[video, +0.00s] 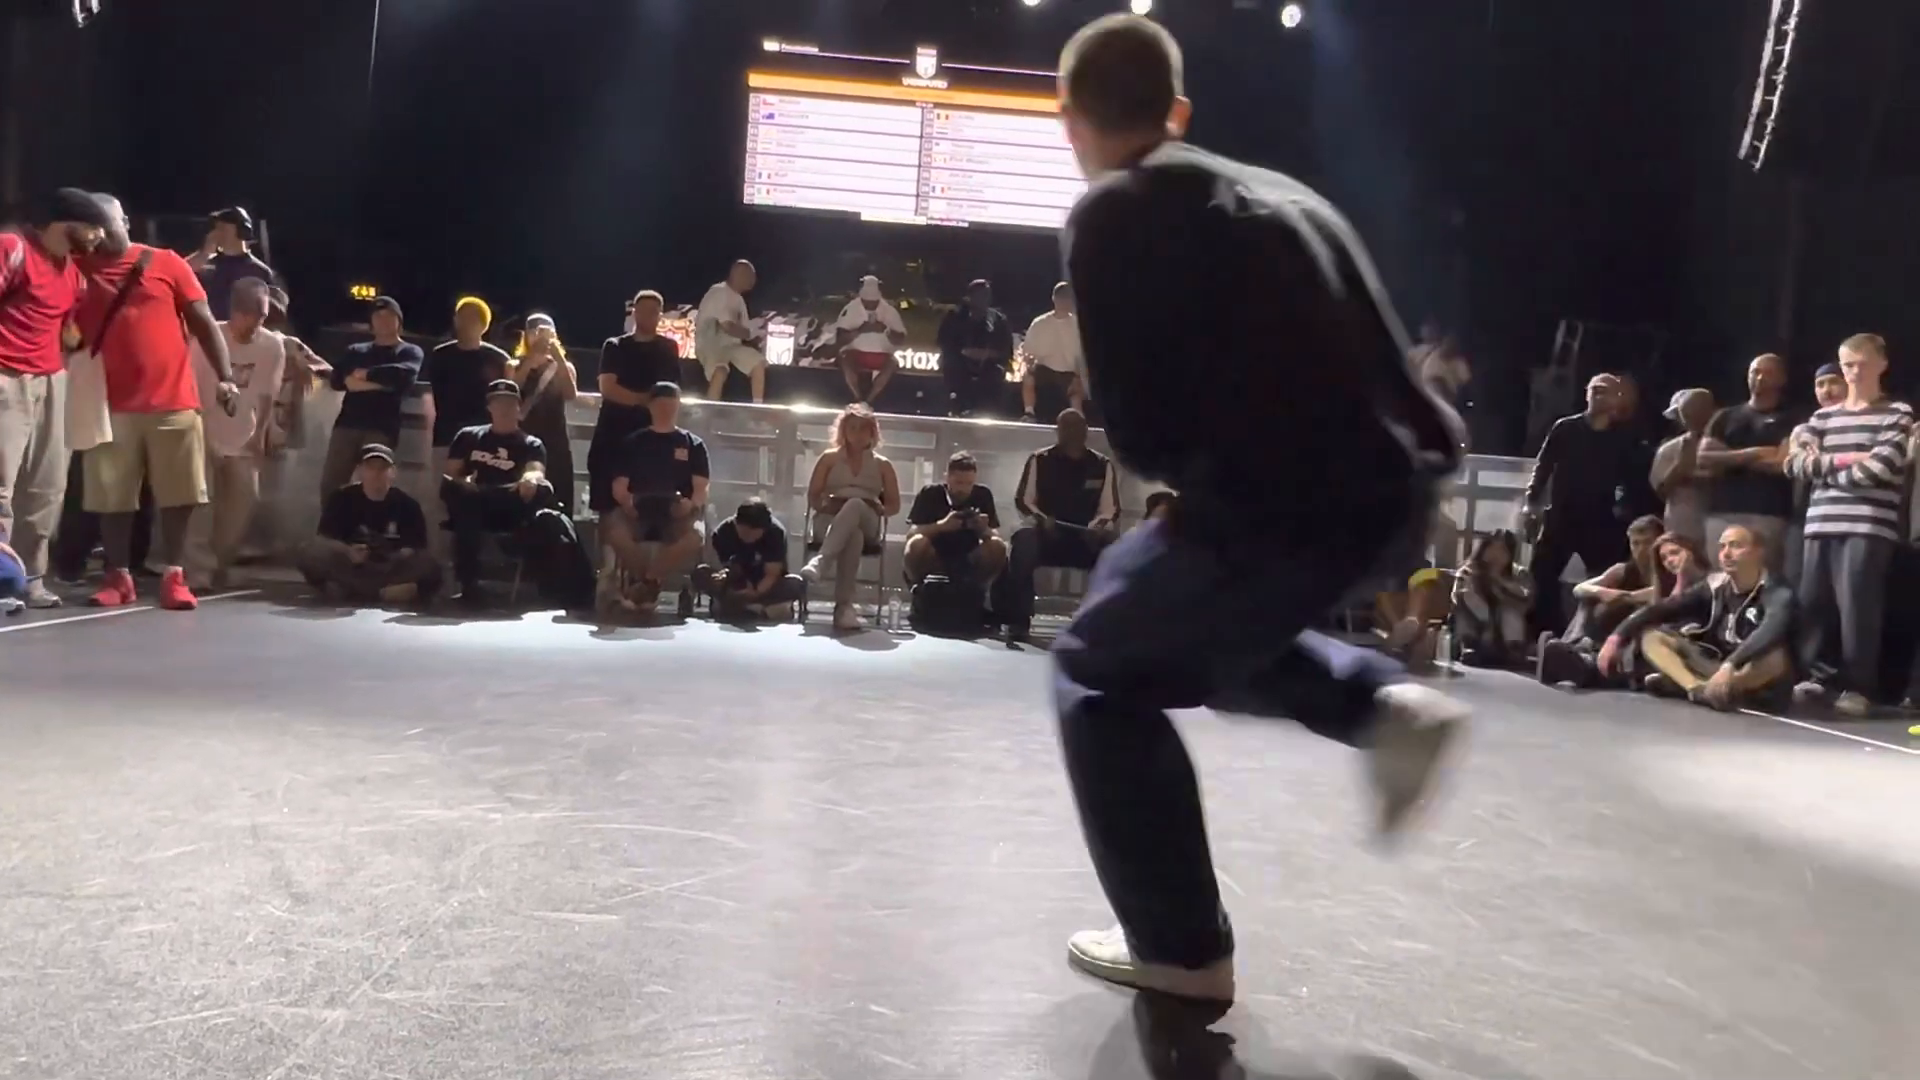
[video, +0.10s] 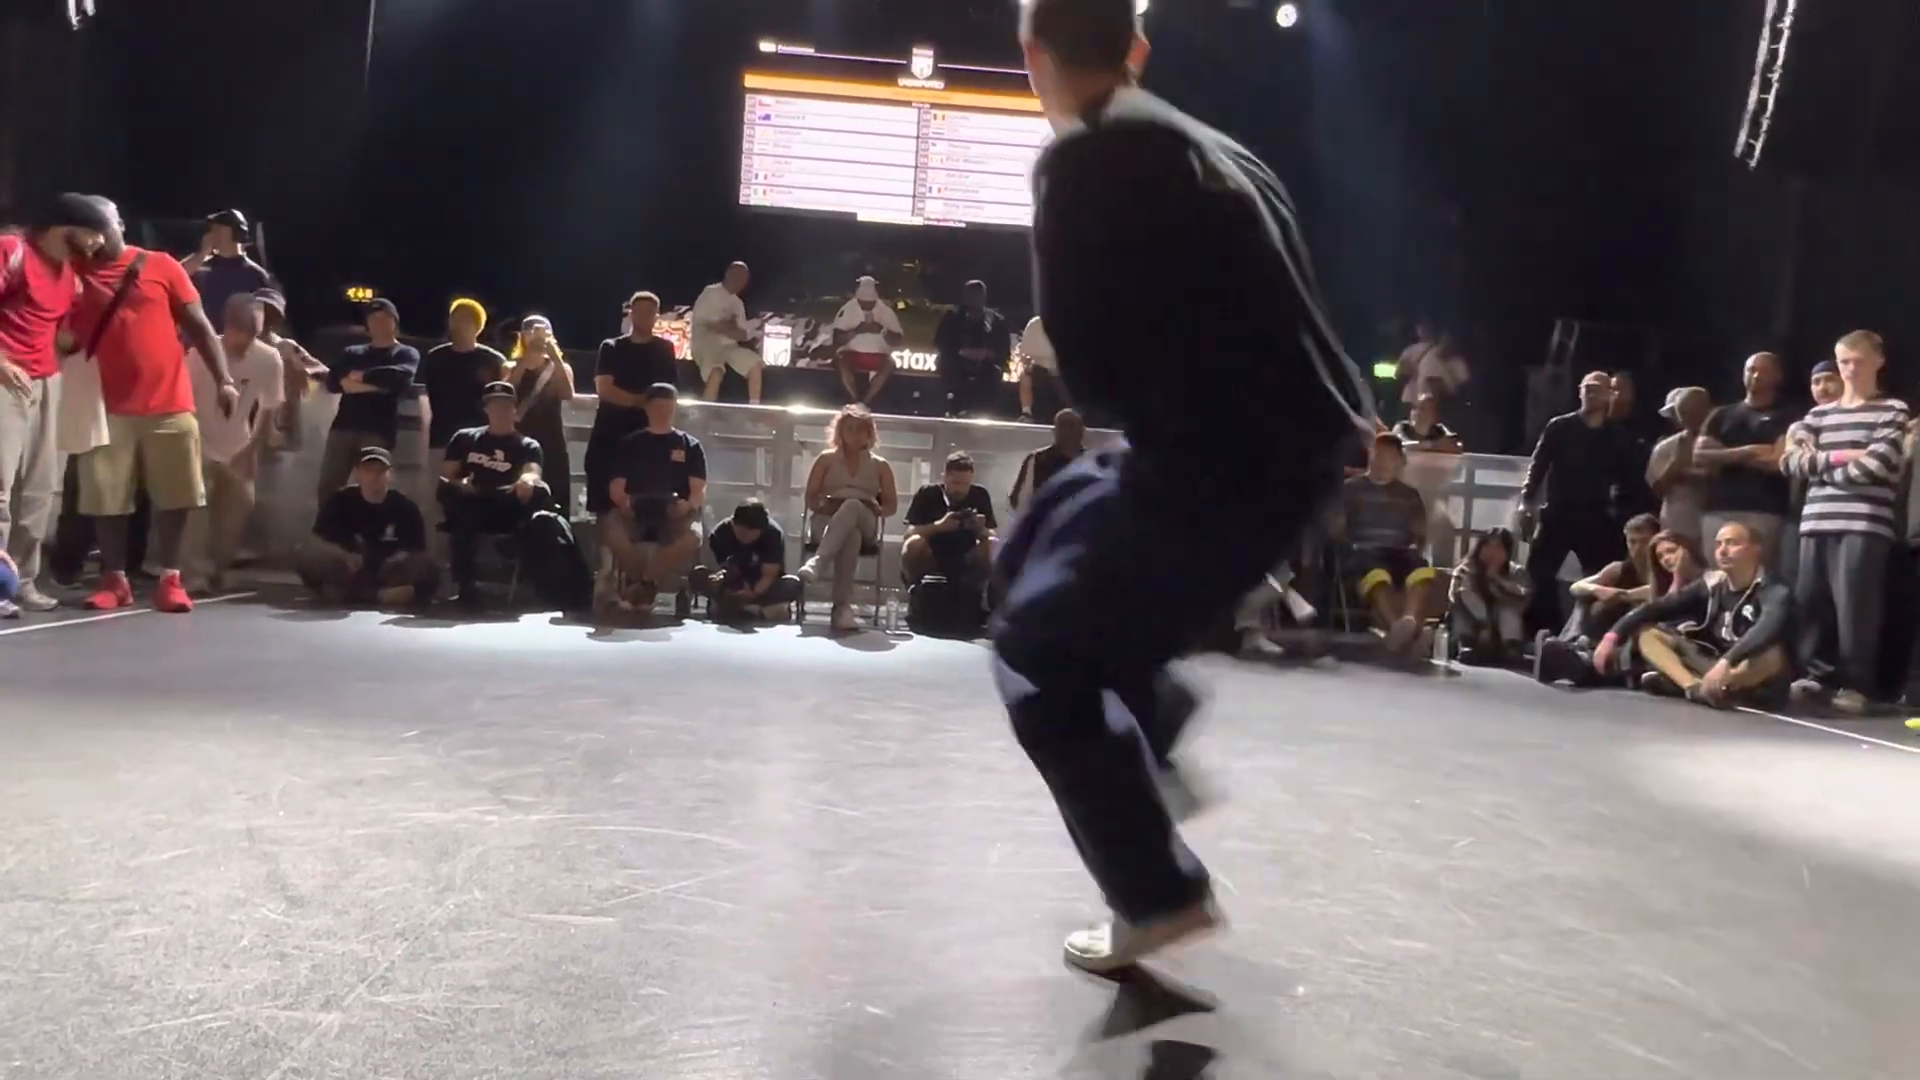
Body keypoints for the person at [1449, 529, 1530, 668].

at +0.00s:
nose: (1495, 555)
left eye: (1502, 550)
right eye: (1491, 548)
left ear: (1510, 556)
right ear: (1482, 551)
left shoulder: (1520, 575)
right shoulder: (1467, 575)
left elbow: (1525, 603)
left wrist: (1497, 579)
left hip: (1511, 647)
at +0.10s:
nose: (1491, 553)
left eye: (1497, 548)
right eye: (1487, 546)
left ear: (1507, 554)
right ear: (1480, 549)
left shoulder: (1517, 573)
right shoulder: (1464, 572)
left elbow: (1522, 599)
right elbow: (1461, 597)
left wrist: (1494, 577)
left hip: (1507, 645)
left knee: (1509, 608)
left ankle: (1512, 648)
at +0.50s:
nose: (1488, 552)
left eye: (1495, 547)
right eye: (1484, 545)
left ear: (1504, 552)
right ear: (1477, 548)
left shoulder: (1514, 571)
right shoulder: (1463, 569)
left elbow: (1519, 597)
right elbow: (1457, 594)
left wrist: (1493, 576)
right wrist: (1478, 624)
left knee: (1505, 606)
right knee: (1458, 605)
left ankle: (1511, 645)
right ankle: (1462, 644)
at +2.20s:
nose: (1502, 550)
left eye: (1509, 545)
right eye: (1497, 544)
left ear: (1519, 550)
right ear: (1490, 546)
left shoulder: (1528, 568)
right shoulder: (1477, 568)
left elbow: (1535, 594)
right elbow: (1473, 593)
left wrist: (1506, 574)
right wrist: (1495, 622)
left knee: (1521, 603)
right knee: (1474, 604)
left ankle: (1527, 643)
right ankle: (1479, 642)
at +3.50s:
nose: (1518, 544)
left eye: (1525, 540)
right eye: (1513, 538)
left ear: (1535, 546)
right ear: (1506, 541)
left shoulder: (1545, 564)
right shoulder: (1494, 562)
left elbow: (1551, 591)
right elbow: (1488, 586)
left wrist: (1522, 570)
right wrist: (1512, 616)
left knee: (1536, 598)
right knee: (1488, 597)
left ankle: (1542, 639)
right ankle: (1494, 638)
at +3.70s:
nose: (1521, 544)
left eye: (1528, 539)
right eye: (1516, 537)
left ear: (1537, 545)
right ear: (1509, 540)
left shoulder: (1547, 563)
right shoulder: (1496, 562)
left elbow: (1553, 590)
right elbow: (1490, 586)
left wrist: (1524, 569)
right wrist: (1514, 616)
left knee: (1539, 598)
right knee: (1491, 597)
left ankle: (1545, 639)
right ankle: (1496, 637)